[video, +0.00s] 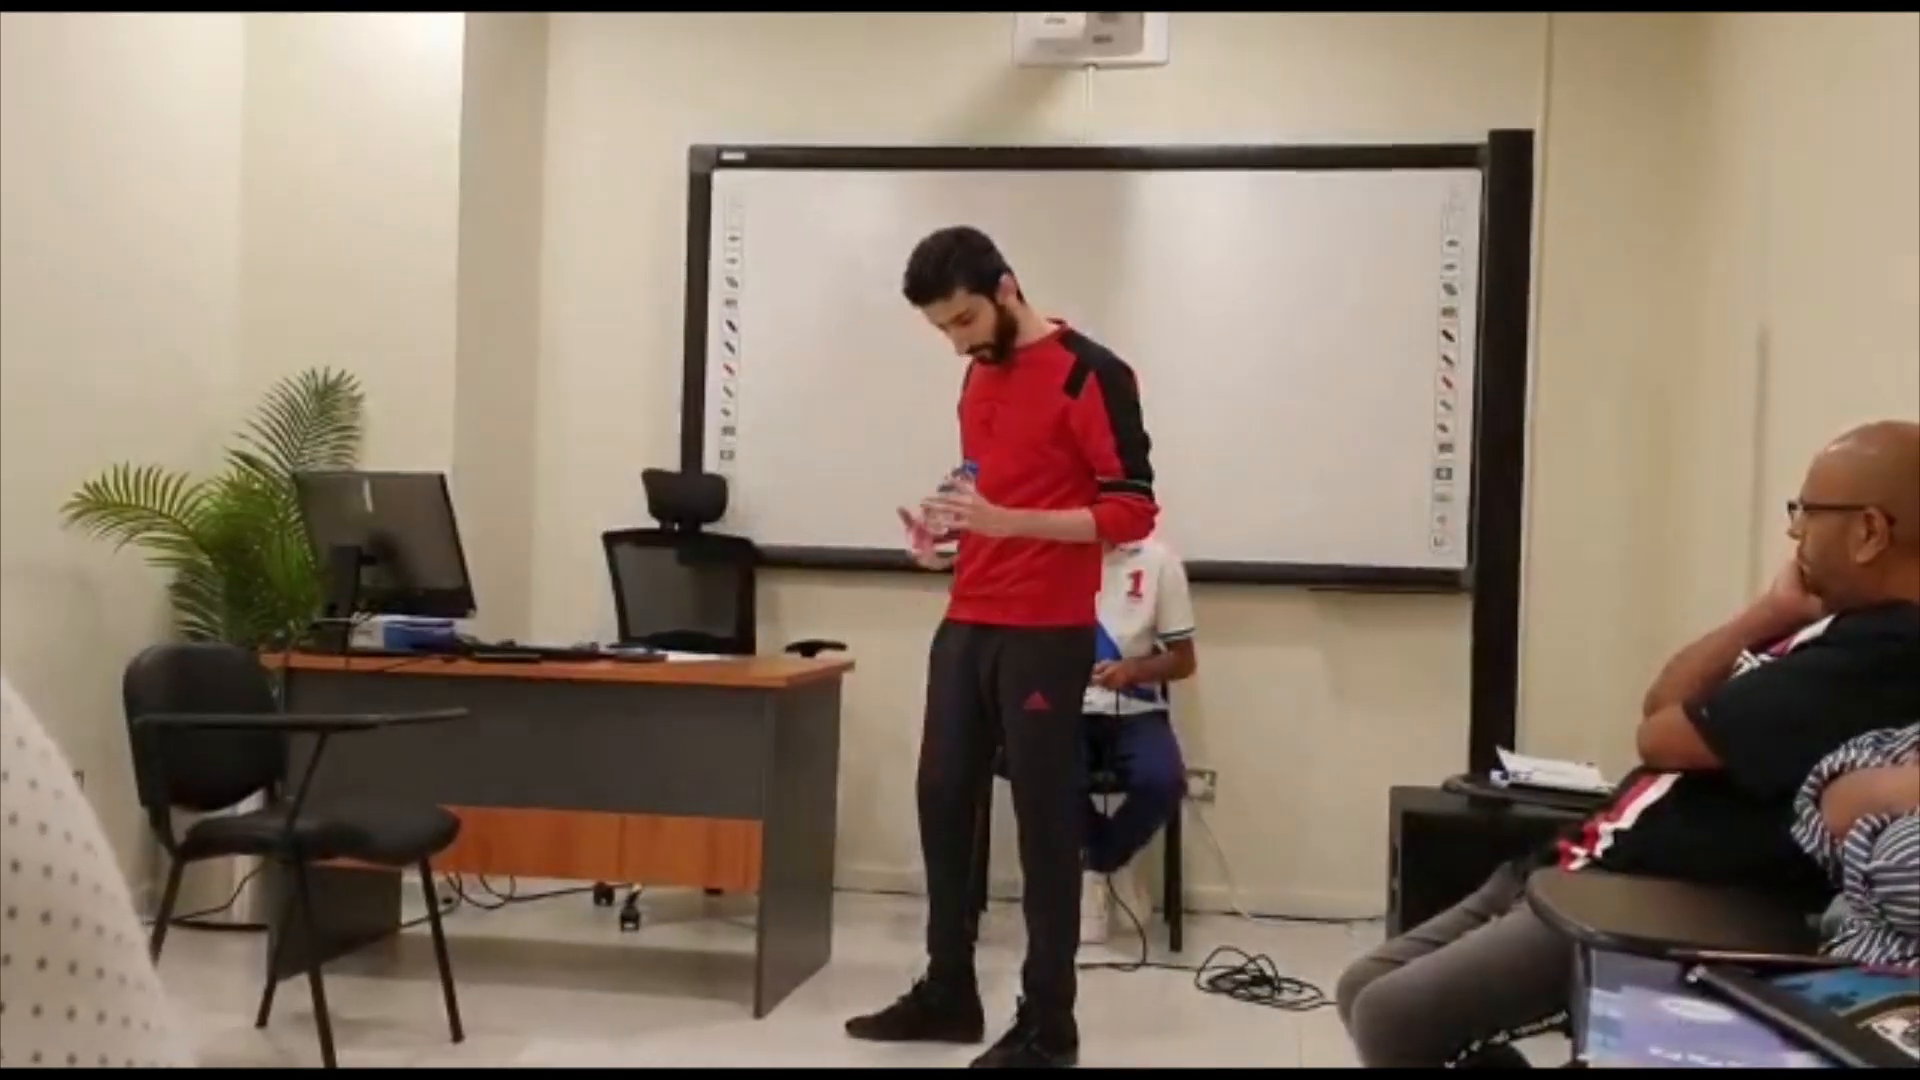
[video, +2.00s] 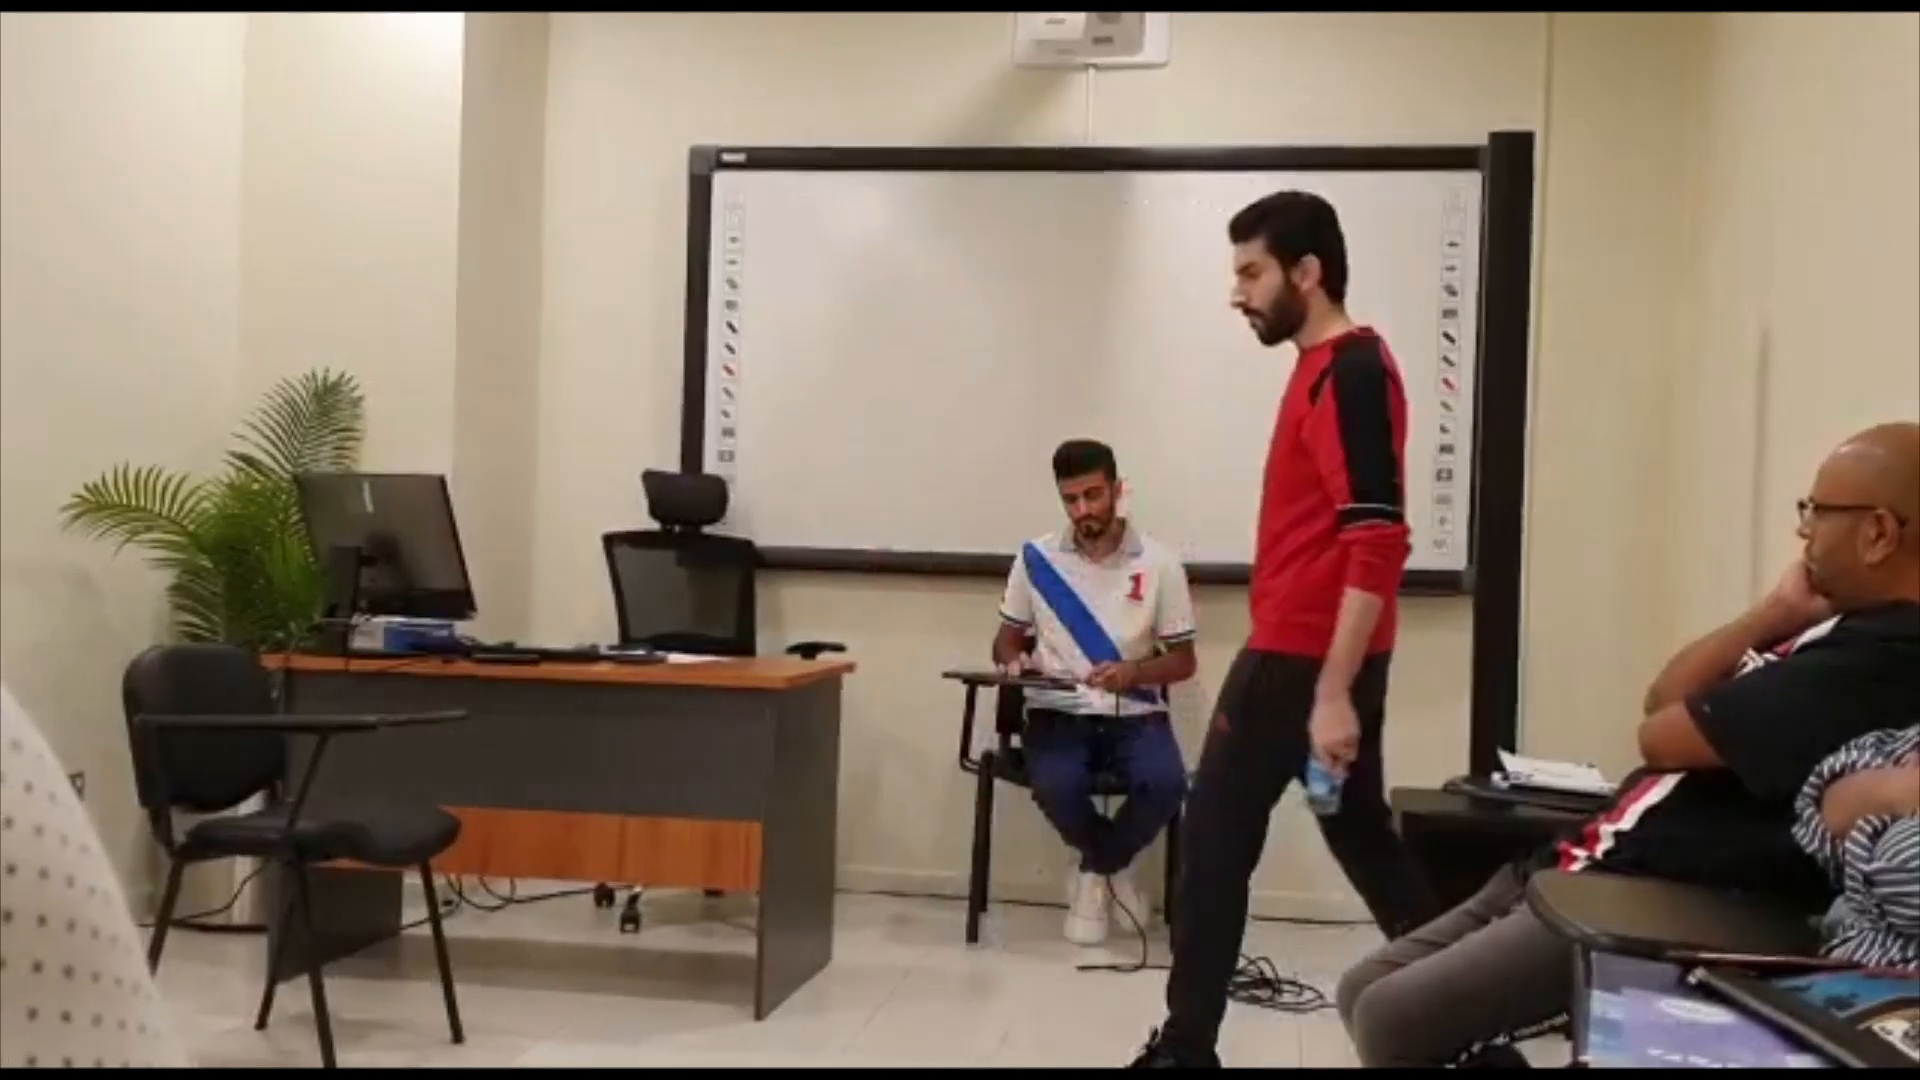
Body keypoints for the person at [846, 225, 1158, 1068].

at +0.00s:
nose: (957, 340)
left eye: (964, 320)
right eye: (943, 327)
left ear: (1007, 289)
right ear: (937, 318)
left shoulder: (1093, 375)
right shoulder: (980, 375)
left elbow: (1133, 515)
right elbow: (988, 479)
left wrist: (1002, 520)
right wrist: (942, 514)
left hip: (1049, 634)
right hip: (969, 625)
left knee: (1047, 828)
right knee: (946, 802)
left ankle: (1046, 1025)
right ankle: (948, 993)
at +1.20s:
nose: (1003, 311)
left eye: (1016, 291)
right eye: (1000, 293)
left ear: (1074, 286)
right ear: (1058, 293)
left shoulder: (1155, 377)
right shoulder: (1064, 384)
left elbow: (1194, 522)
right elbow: (1058, 498)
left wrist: (1060, 562)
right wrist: (990, 536)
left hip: (1110, 648)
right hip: (1036, 638)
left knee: (1108, 837)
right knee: (993, 809)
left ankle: (1178, 1039)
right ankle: (965, 997)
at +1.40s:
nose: (1056, 290)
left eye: (1068, 270)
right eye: (1054, 272)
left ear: (1127, 268)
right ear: (1117, 273)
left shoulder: (1202, 362)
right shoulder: (1125, 366)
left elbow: (1221, 516)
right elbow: (1106, 496)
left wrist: (1091, 551)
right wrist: (1029, 525)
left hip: (1163, 635)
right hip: (1100, 629)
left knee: (1147, 838)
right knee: (1061, 809)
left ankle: (1180, 1040)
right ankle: (1044, 1006)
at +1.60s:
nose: (1107, 285)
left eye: (1120, 265)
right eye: (1106, 267)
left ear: (1179, 263)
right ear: (1171, 269)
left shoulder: (1246, 358)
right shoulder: (1186, 356)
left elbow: (1229, 524)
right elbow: (1148, 498)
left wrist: (1102, 604)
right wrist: (1056, 574)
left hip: (1201, 627)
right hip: (1161, 621)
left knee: (1176, 831)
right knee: (1149, 826)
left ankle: (1197, 1037)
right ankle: (1185, 1020)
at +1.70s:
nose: (1137, 287)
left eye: (1149, 266)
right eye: (1134, 268)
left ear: (1206, 261)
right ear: (1200, 266)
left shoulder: (1268, 357)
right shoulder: (1212, 359)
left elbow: (1241, 521)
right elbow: (1180, 519)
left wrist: (1143, 647)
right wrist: (1106, 602)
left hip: (1226, 636)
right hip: (1192, 632)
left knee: (1192, 835)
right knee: (1211, 827)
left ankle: (1184, 1040)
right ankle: (1286, 1020)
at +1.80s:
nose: (1166, 285)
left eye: (1177, 264)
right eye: (1165, 265)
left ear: (1236, 260)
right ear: (1231, 263)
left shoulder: (1289, 360)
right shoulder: (1249, 356)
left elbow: (1271, 530)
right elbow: (1220, 518)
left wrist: (1204, 669)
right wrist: (1172, 641)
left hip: (1255, 645)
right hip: (1228, 642)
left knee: (1203, 842)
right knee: (1270, 836)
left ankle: (1185, 1043)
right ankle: (1379, 1014)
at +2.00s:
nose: (1236, 294)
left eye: (1249, 273)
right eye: (1234, 276)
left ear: (1308, 272)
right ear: (1303, 278)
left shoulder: (1352, 366)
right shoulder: (1322, 366)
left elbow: (1379, 541)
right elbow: (1326, 535)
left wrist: (1335, 690)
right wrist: (1267, 664)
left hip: (1300, 656)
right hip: (1319, 650)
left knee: (1215, 831)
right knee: (1365, 838)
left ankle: (1188, 1043)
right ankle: (1470, 1023)